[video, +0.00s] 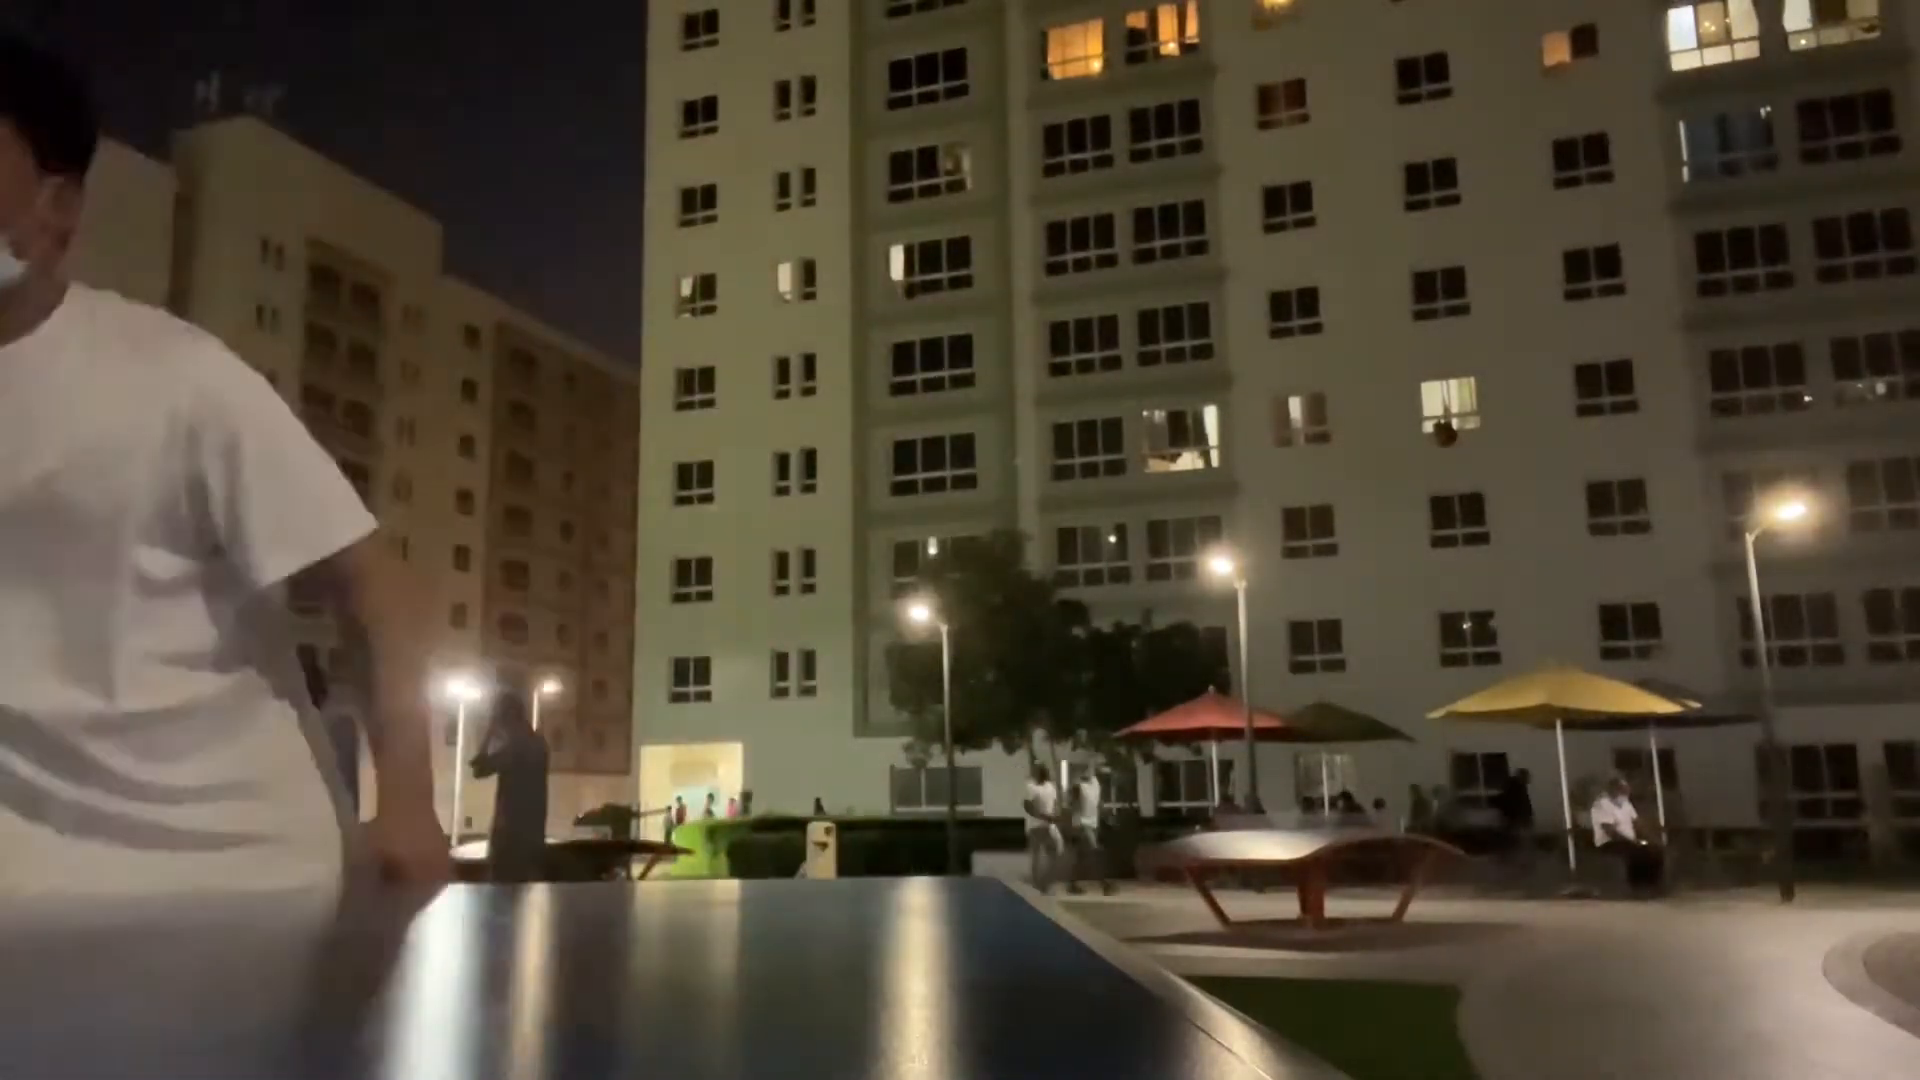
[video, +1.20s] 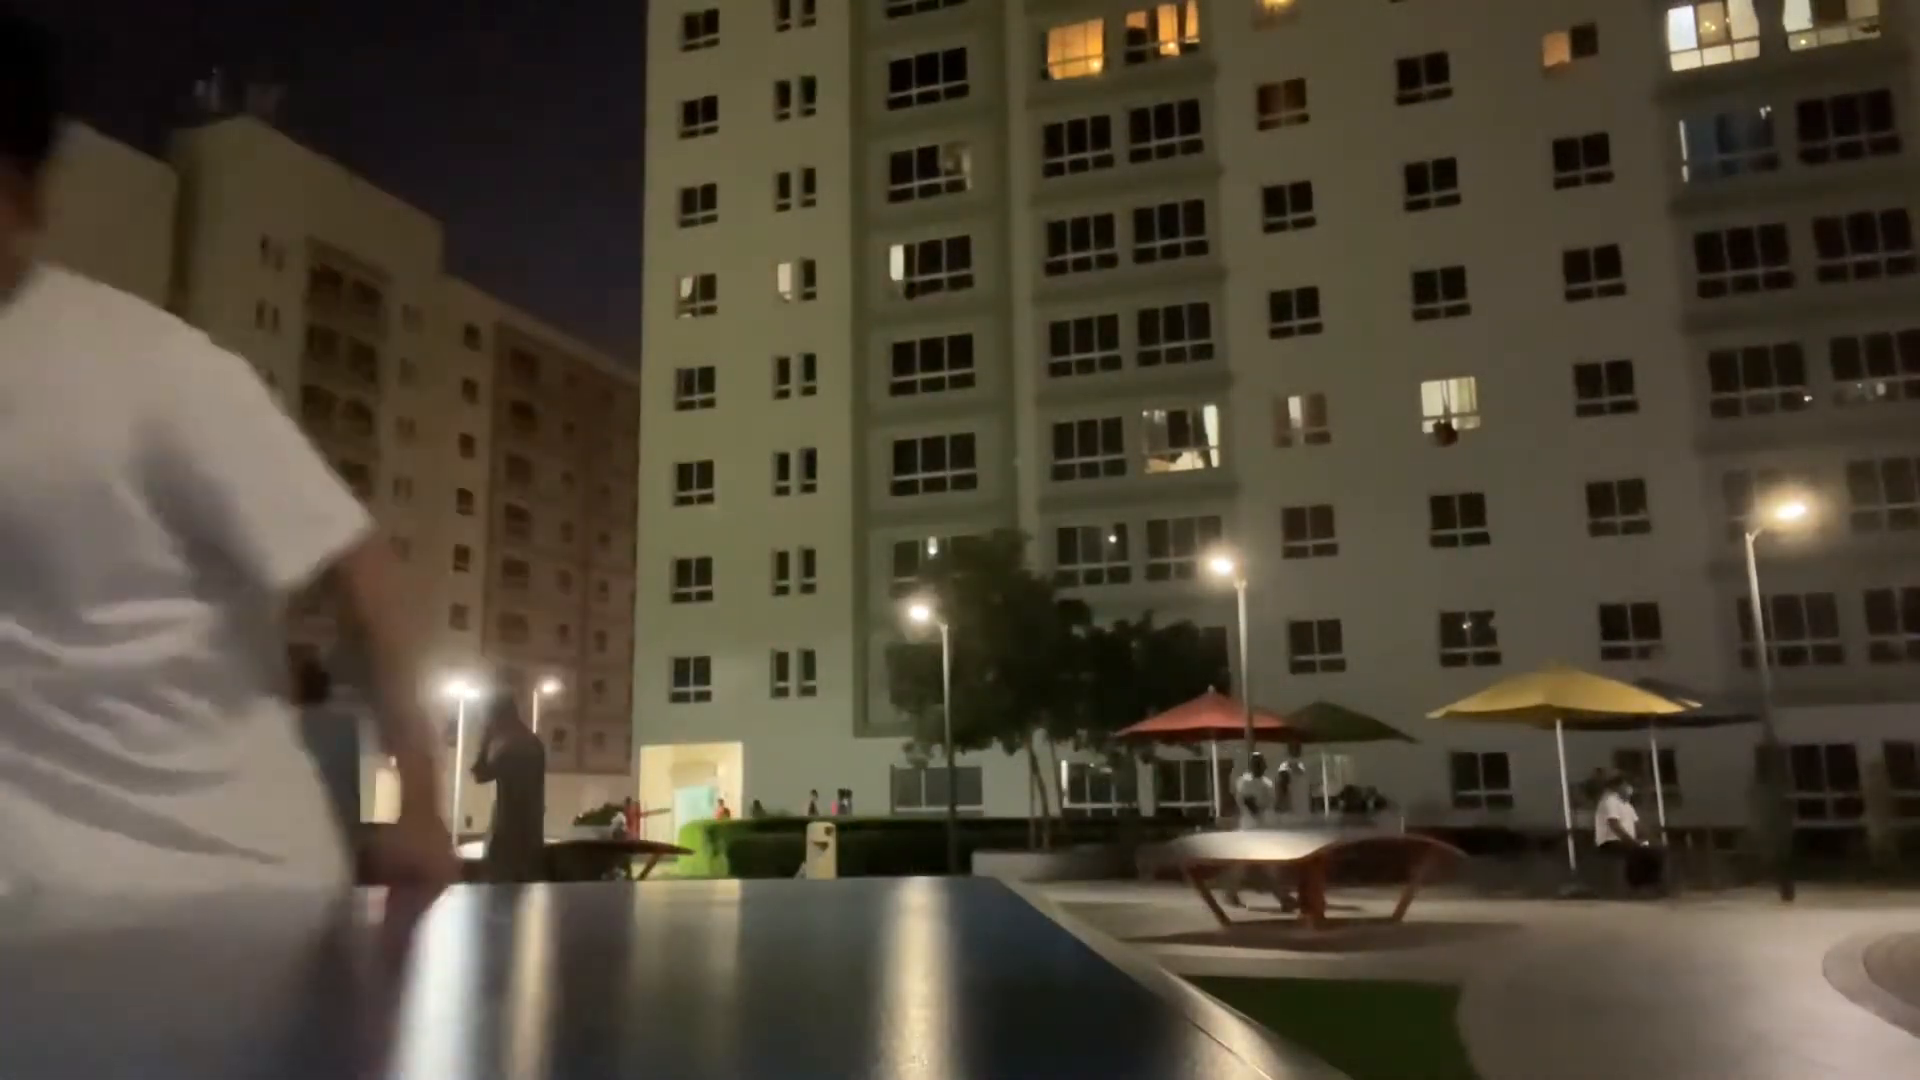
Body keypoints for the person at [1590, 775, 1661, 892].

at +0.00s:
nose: (1625, 792)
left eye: (1626, 789)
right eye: (1622, 789)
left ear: (1627, 789)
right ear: (1614, 790)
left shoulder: (1624, 802)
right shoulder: (1602, 804)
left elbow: (1636, 821)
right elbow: (1609, 829)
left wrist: (1649, 834)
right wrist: (1632, 842)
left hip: (1629, 840)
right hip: (1609, 842)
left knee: (1654, 850)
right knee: (1638, 854)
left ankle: (1651, 888)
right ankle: (1638, 889)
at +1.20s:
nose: (1631, 790)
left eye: (1631, 787)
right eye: (1627, 786)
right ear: (1619, 786)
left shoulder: (1626, 803)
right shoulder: (1610, 799)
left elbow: (1636, 822)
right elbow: (1613, 822)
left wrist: (1647, 835)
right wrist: (1633, 841)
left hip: (1627, 841)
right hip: (1611, 843)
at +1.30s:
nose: (1630, 790)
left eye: (1630, 786)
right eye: (1627, 786)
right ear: (1618, 786)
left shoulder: (1626, 803)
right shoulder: (1610, 799)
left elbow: (1636, 822)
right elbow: (1613, 822)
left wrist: (1646, 836)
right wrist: (1633, 841)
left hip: (1626, 842)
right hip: (1611, 843)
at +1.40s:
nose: (1630, 790)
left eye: (1630, 786)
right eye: (1626, 786)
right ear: (1618, 787)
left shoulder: (1626, 804)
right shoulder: (1608, 800)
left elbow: (1636, 822)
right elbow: (1612, 822)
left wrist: (1645, 836)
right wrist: (1632, 841)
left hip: (1627, 841)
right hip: (1610, 842)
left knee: (1652, 852)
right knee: (1641, 855)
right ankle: (1638, 888)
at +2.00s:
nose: (1626, 791)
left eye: (1627, 787)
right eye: (1622, 787)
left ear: (1629, 790)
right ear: (1614, 789)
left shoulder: (1626, 803)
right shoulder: (1607, 802)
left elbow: (1637, 821)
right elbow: (1610, 824)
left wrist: (1650, 835)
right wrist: (1631, 841)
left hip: (1629, 840)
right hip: (1609, 842)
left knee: (1653, 851)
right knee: (1637, 853)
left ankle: (1653, 885)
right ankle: (1637, 887)